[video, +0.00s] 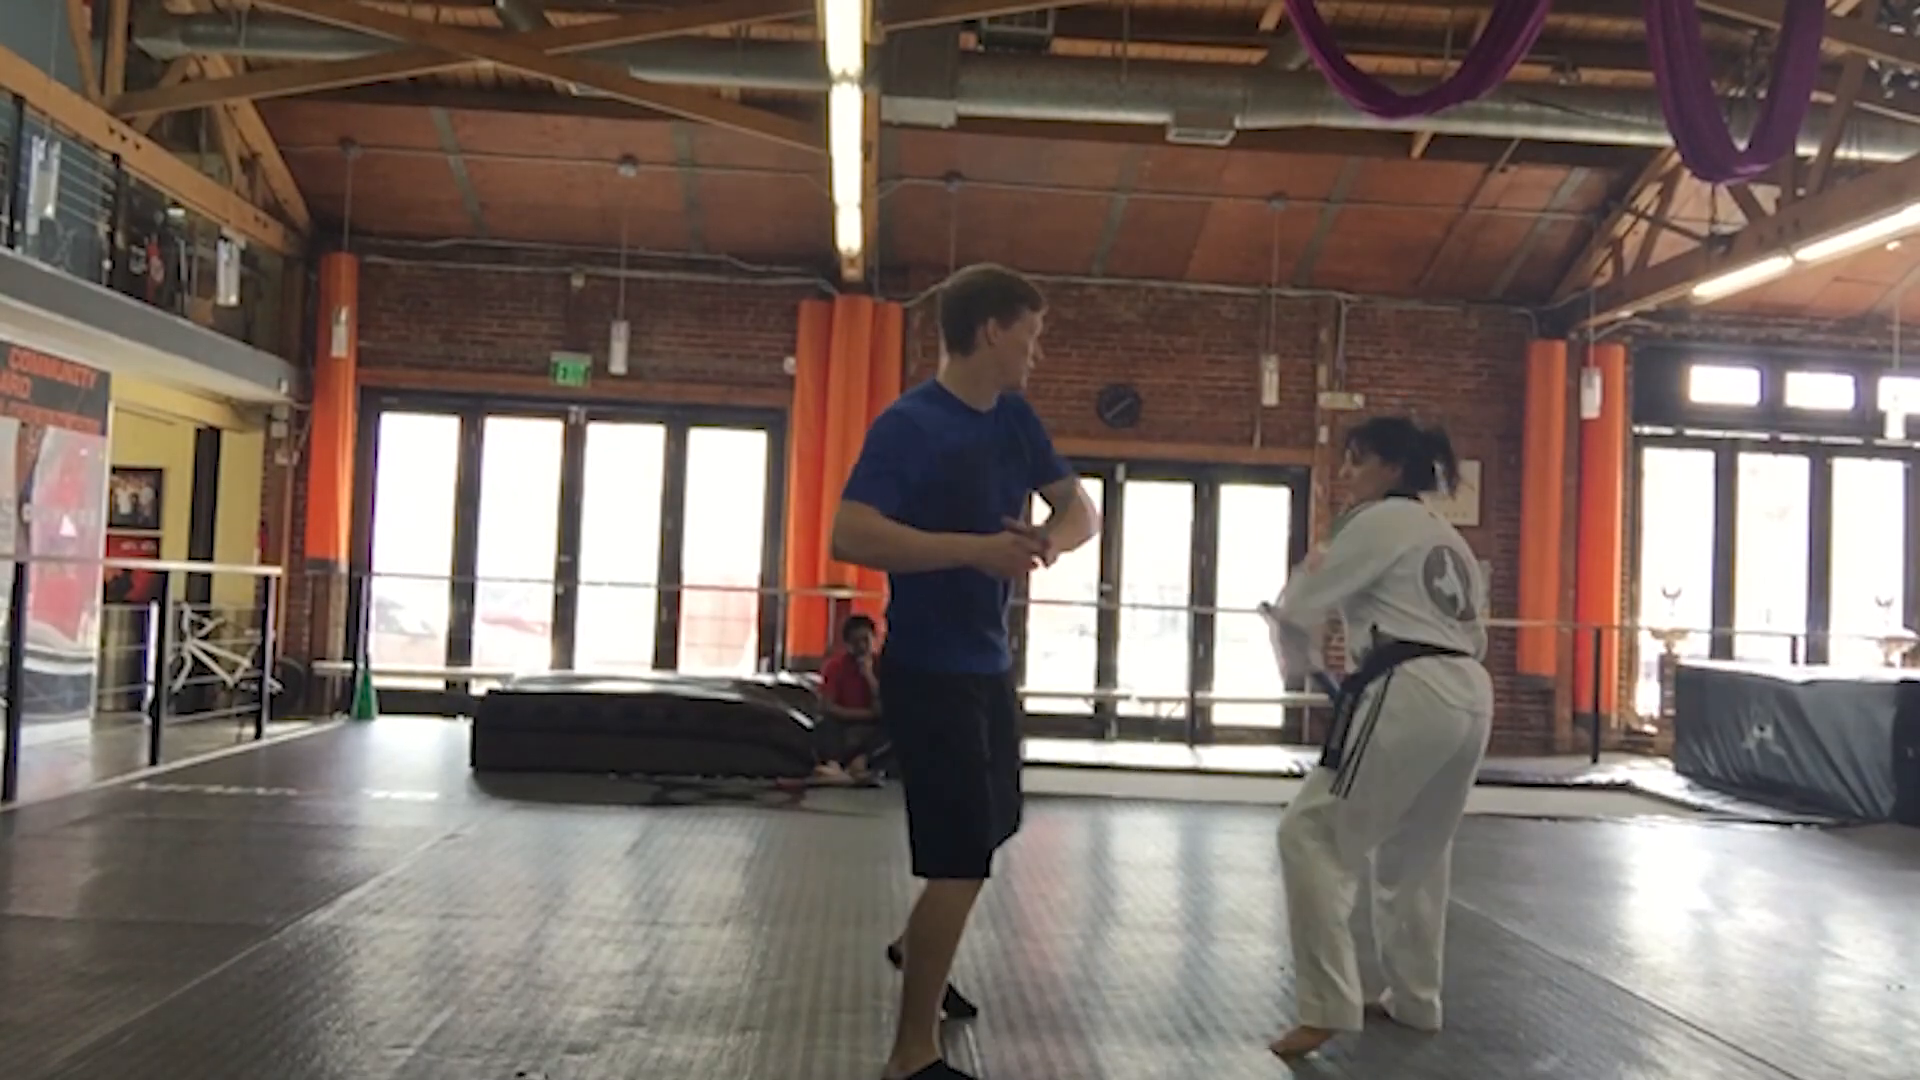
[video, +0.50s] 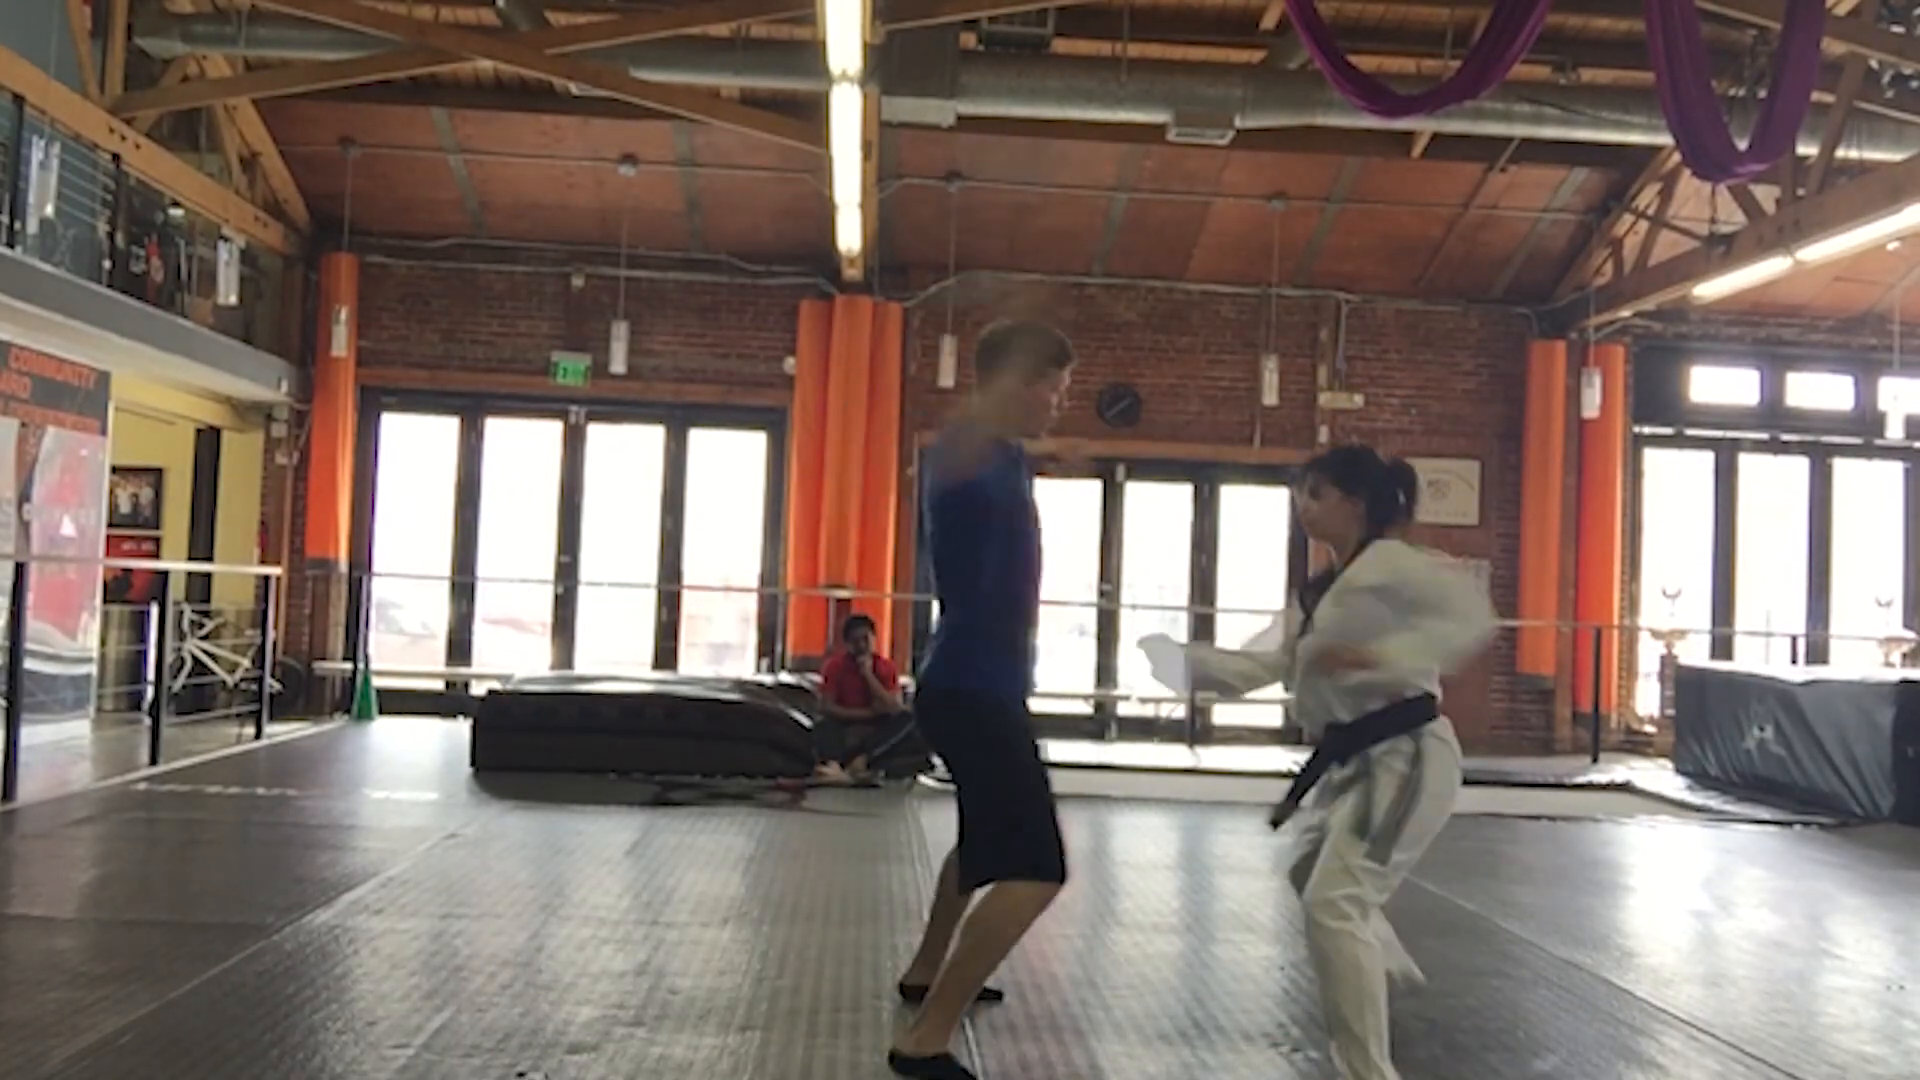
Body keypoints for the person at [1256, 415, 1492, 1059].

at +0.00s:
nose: (1345, 473)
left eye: (1357, 462)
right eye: (1347, 460)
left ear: (1394, 469)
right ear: (1411, 475)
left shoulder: (1382, 520)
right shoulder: (1449, 535)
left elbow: (1297, 607)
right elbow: (1454, 634)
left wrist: (1304, 668)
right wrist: (1365, 663)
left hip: (1413, 688)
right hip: (1470, 693)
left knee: (1313, 834)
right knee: (1416, 853)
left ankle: (1326, 1008)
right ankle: (1415, 1001)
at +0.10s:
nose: (1340, 492)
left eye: (1351, 481)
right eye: (1343, 480)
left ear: (1384, 486)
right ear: (1410, 493)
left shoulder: (1367, 532)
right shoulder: (1451, 551)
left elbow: (1271, 598)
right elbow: (1457, 635)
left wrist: (1236, 650)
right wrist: (1372, 670)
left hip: (1414, 702)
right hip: (1476, 707)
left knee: (1313, 846)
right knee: (1411, 867)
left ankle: (1332, 1011)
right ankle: (1415, 1001)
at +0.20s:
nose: (1333, 518)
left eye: (1343, 506)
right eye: (1335, 506)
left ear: (1377, 509)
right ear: (1400, 513)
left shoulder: (1357, 551)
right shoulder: (1438, 567)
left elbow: (1254, 582)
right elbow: (1481, 650)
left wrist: (1186, 617)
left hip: (1406, 715)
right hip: (1468, 721)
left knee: (1335, 866)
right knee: (1405, 872)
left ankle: (1350, 1019)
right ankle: (1412, 1003)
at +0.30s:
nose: (1324, 531)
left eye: (1335, 519)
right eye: (1327, 518)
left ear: (1369, 526)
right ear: (1394, 532)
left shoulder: (1338, 565)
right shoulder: (1428, 585)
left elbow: (1238, 572)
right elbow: (1490, 656)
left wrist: (1179, 611)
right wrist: (1436, 699)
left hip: (1397, 734)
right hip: (1459, 739)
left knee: (1347, 887)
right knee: (1391, 880)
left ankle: (1362, 1056)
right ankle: (1414, 1001)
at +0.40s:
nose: (1314, 527)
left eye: (1324, 514)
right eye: (1316, 515)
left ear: (1361, 520)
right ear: (1373, 524)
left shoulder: (1351, 565)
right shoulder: (1398, 574)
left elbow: (1307, 593)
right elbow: (1429, 653)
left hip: (1395, 743)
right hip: (1430, 741)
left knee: (1333, 907)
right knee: (1366, 884)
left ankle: (1378, 1068)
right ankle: (1410, 999)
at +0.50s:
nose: (1303, 508)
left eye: (1315, 496)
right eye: (1303, 496)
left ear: (1357, 503)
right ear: (1328, 506)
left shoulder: (1393, 563)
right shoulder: (1327, 595)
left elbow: (1472, 618)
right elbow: (1266, 664)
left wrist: (1385, 658)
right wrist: (1190, 666)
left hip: (1410, 757)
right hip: (1356, 763)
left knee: (1335, 902)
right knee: (1308, 869)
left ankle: (1365, 1070)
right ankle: (1390, 968)